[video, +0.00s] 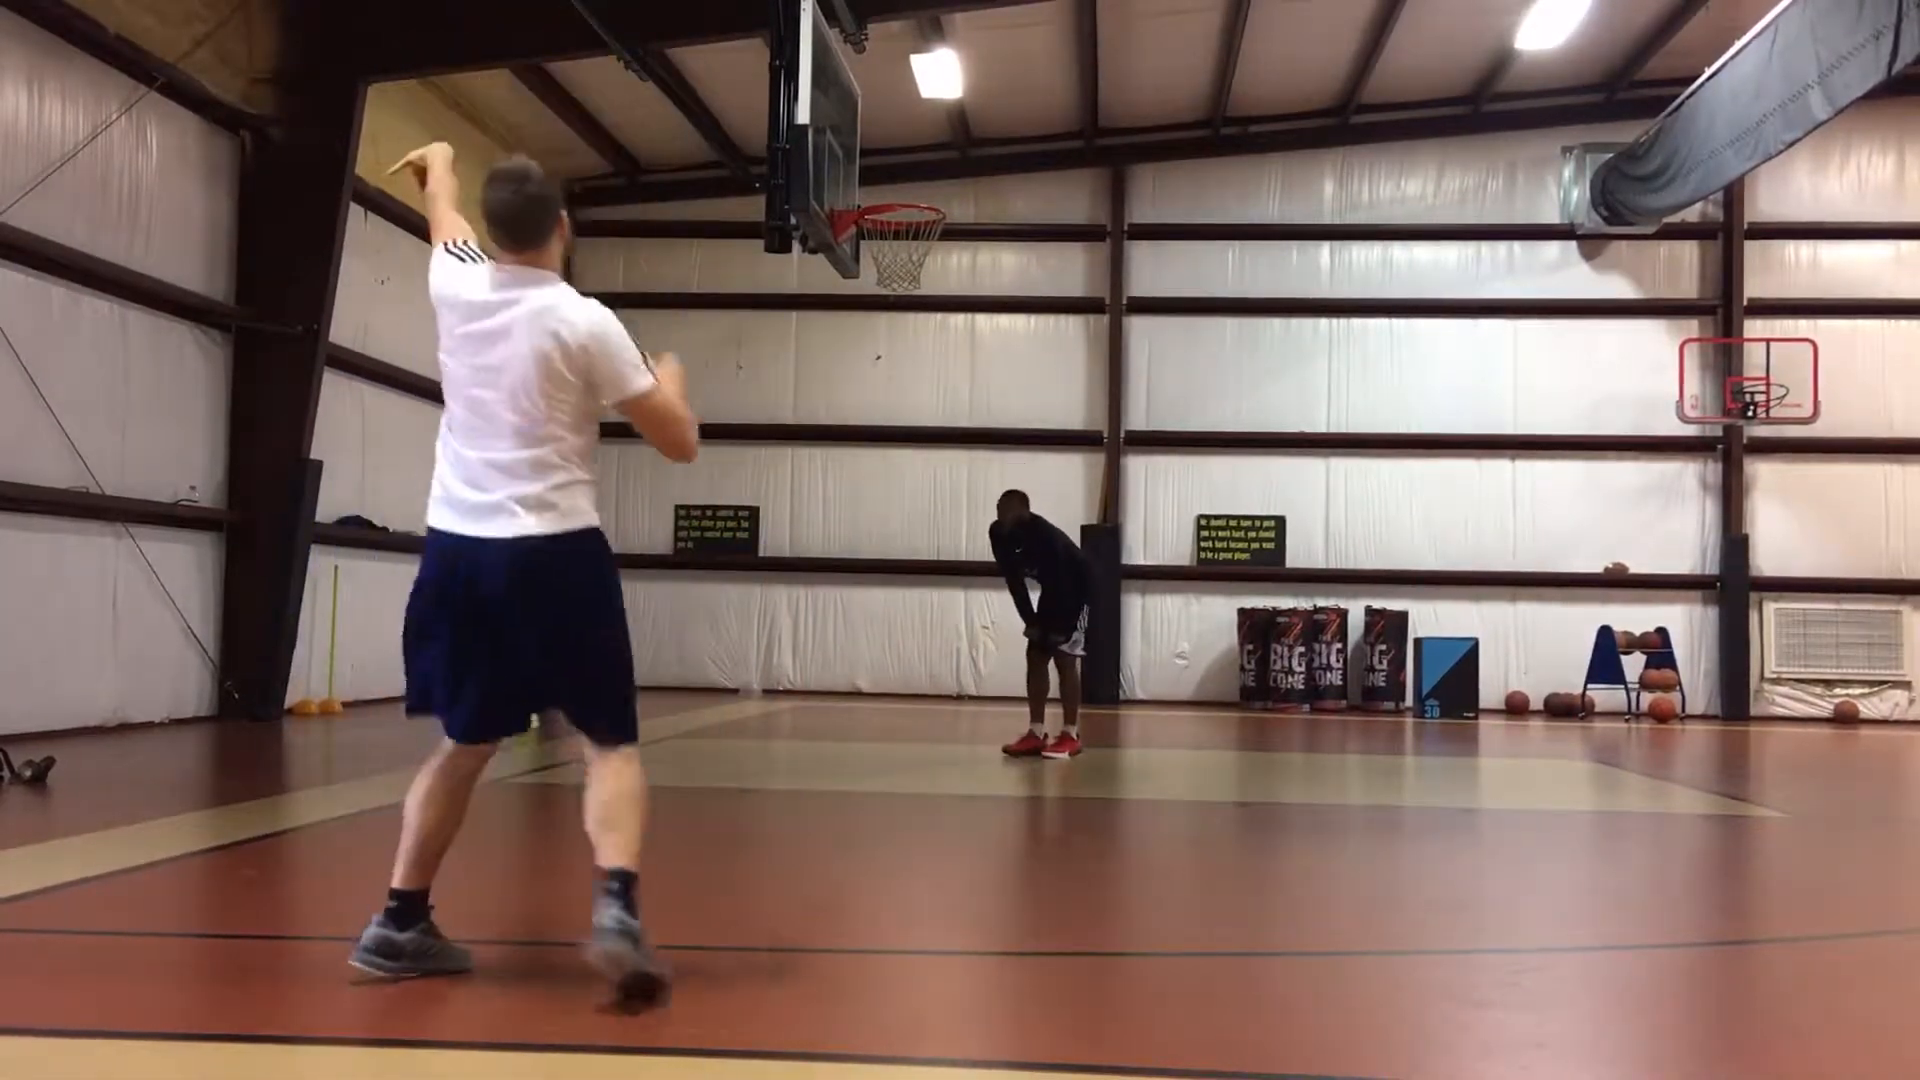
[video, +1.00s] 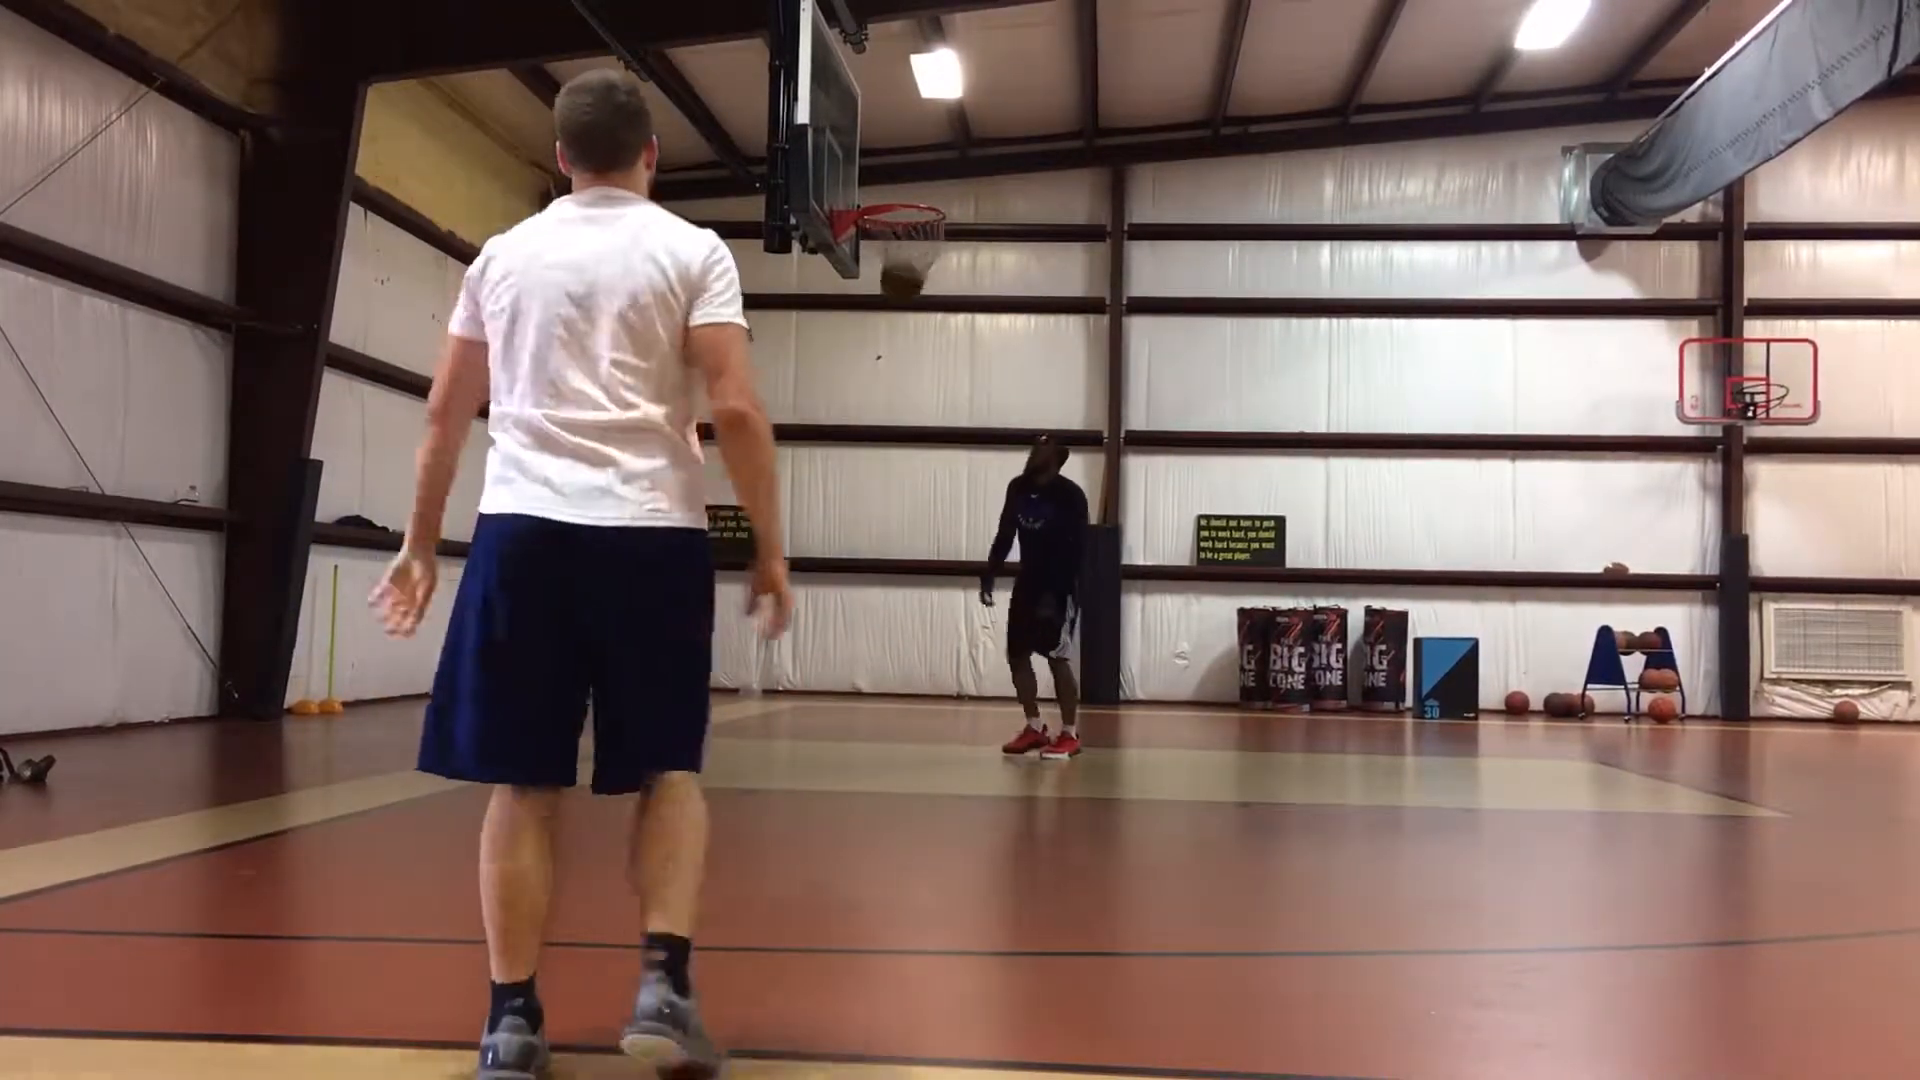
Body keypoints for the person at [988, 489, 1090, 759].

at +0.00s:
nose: (1000, 515)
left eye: (1005, 510)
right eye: (999, 510)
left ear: (1023, 511)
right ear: (999, 510)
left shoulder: (1043, 533)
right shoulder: (998, 532)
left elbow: (1069, 581)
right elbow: (1014, 581)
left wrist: (1061, 626)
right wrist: (1029, 620)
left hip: (1078, 592)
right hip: (1051, 592)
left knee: (1065, 660)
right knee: (1035, 656)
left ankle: (1070, 735)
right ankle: (1036, 733)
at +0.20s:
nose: (1000, 513)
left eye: (1006, 509)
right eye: (1000, 508)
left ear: (1023, 511)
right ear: (1000, 508)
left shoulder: (1044, 532)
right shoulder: (999, 531)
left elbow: (1063, 581)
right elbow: (1012, 579)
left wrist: (1057, 626)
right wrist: (1027, 620)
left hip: (1080, 591)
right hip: (1051, 591)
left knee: (1063, 659)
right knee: (1034, 656)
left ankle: (1069, 735)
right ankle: (1035, 734)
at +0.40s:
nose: (1002, 504)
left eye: (1009, 501)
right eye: (1004, 499)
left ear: (1027, 510)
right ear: (1008, 503)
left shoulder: (1045, 531)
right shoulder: (1001, 528)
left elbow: (1055, 584)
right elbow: (1012, 578)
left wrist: (1049, 628)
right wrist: (1025, 621)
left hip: (1079, 593)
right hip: (1050, 592)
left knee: (1058, 658)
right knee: (1031, 656)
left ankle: (1069, 735)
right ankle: (1035, 734)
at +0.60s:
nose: (1008, 496)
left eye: (1015, 492)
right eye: (1011, 491)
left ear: (1030, 502)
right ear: (1017, 498)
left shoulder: (1049, 526)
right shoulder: (1005, 525)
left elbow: (1057, 580)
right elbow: (1013, 575)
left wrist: (1047, 627)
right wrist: (1023, 620)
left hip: (1077, 591)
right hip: (1047, 590)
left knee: (1058, 658)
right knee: (1030, 657)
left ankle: (1069, 735)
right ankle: (1035, 734)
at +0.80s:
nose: (1020, 473)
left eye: (1028, 470)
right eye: (1023, 468)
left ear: (1043, 480)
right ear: (1024, 474)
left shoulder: (1059, 510)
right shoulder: (1010, 505)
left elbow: (1070, 562)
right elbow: (1012, 559)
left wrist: (1068, 610)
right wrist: (1016, 604)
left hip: (1063, 588)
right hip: (1035, 587)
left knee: (1056, 658)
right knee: (1029, 657)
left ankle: (1069, 734)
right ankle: (1035, 733)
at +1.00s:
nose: (1034, 450)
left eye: (1043, 446)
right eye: (1035, 445)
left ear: (1057, 457)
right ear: (1033, 452)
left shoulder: (1071, 494)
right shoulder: (1019, 488)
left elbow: (1076, 549)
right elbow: (1006, 533)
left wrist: (1065, 591)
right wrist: (990, 574)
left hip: (1061, 585)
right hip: (1028, 582)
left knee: (1058, 658)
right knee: (1017, 655)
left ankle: (1069, 734)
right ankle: (1034, 727)